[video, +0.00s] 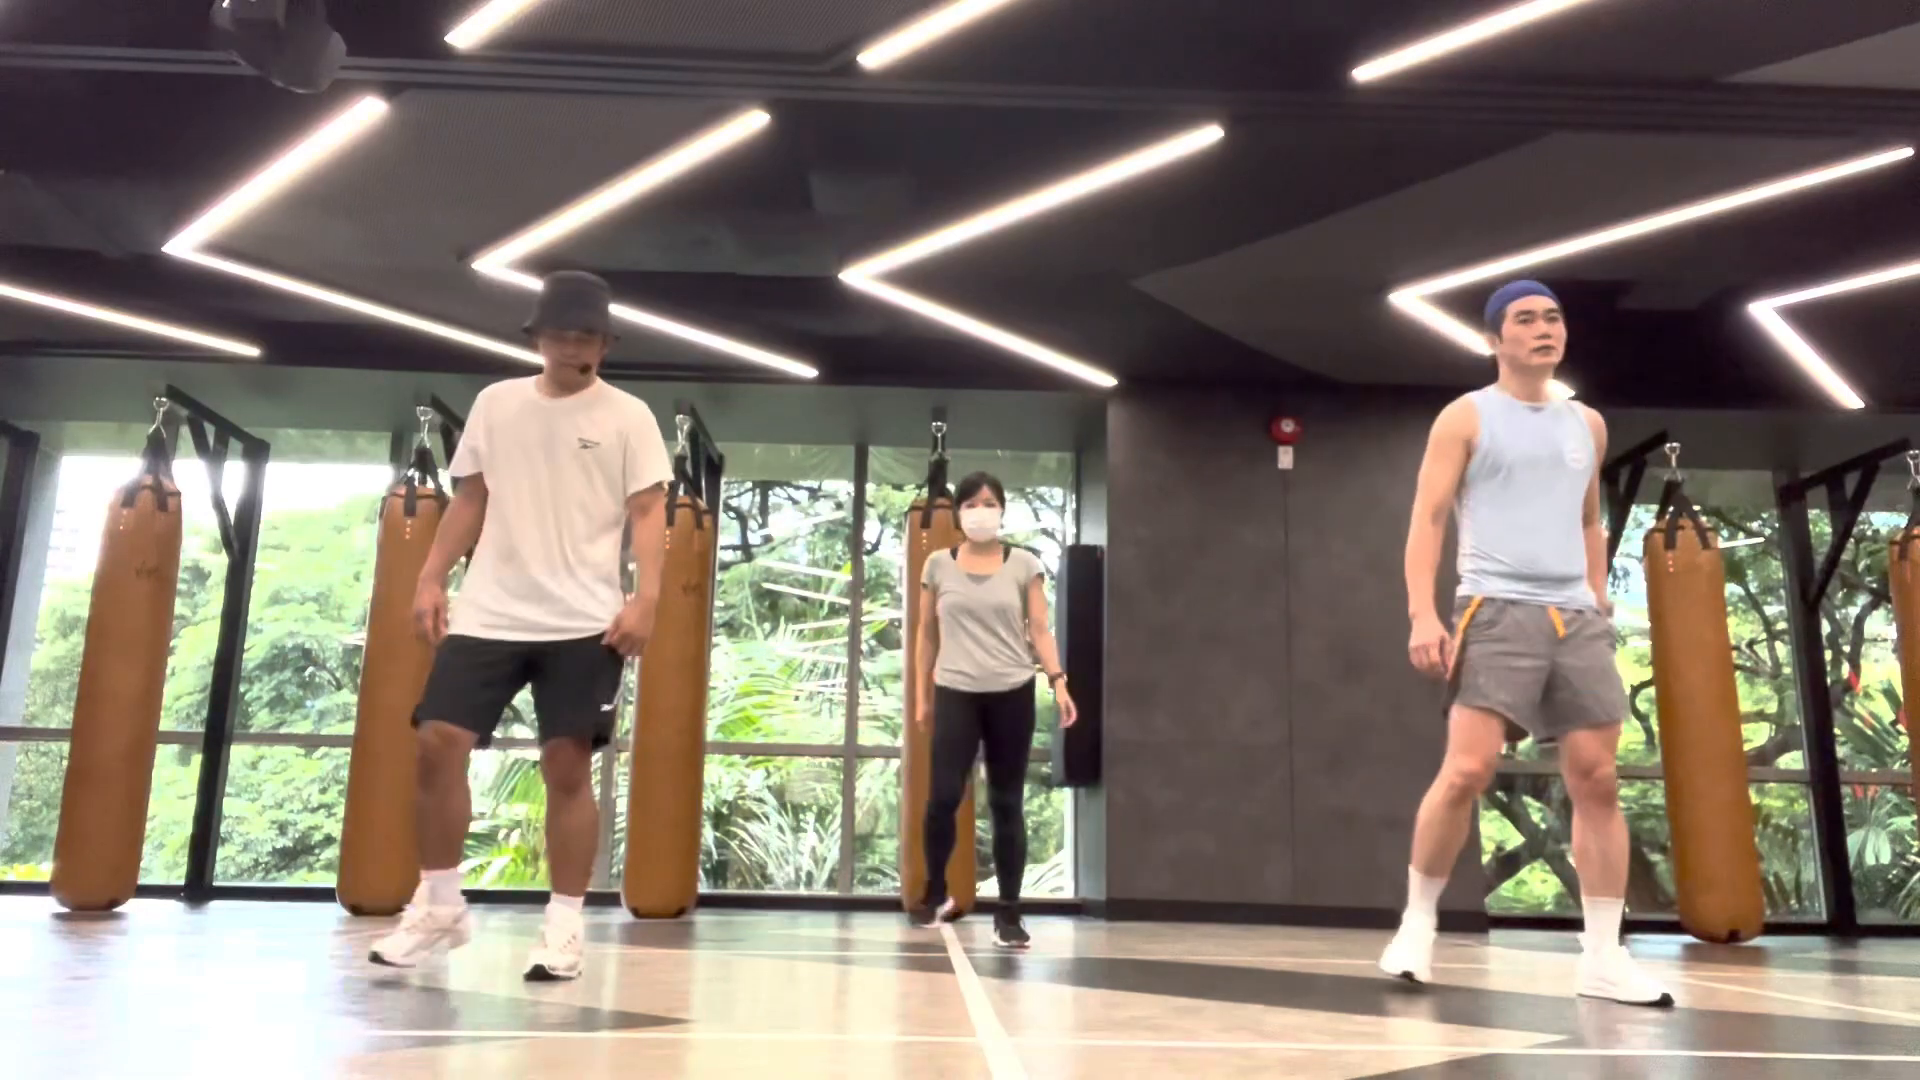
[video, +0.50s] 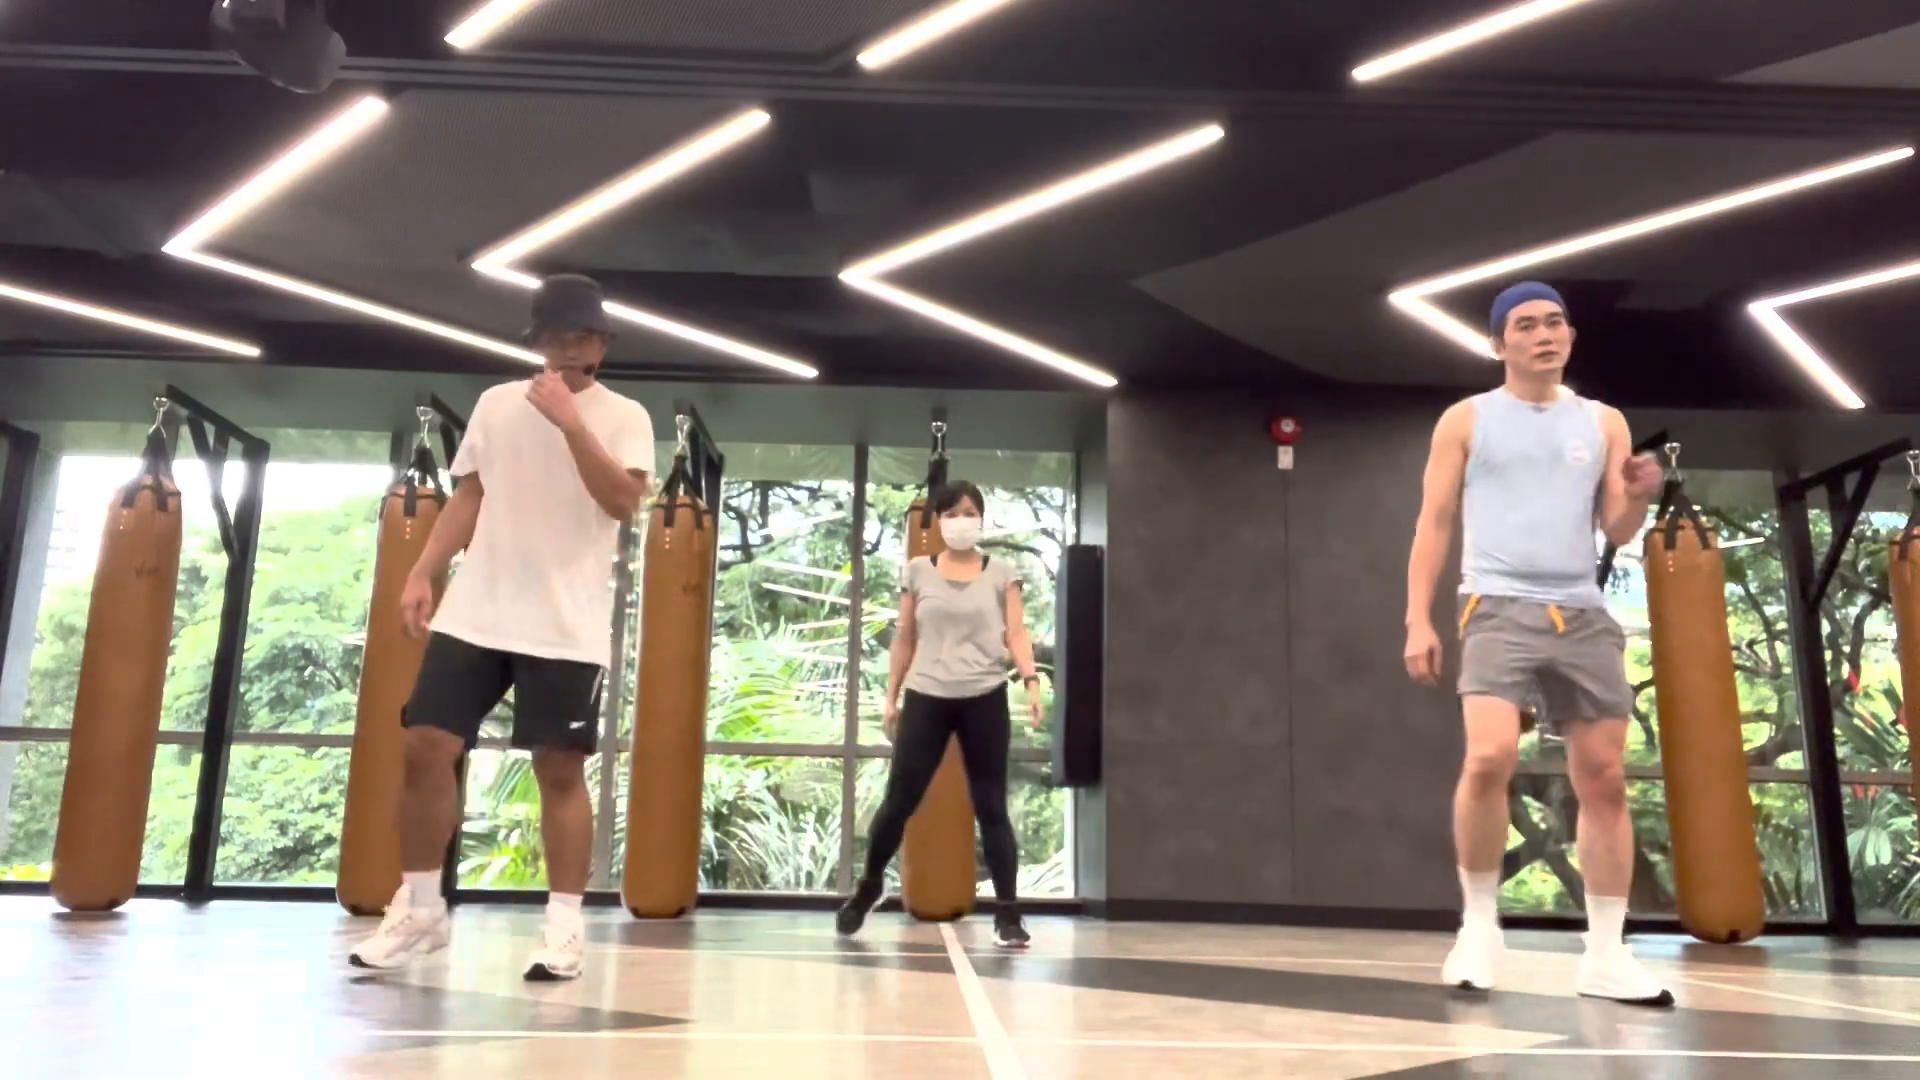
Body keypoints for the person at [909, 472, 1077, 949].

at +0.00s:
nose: (982, 513)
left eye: (990, 506)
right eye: (972, 506)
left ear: (1003, 513)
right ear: (958, 514)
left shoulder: (1023, 562)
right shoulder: (940, 564)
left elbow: (1040, 629)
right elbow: (927, 631)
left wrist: (1059, 685)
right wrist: (922, 691)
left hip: (1011, 694)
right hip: (954, 693)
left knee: (1007, 805)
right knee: (944, 797)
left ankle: (1008, 914)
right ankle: (937, 893)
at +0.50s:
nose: (961, 523)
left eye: (970, 515)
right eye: (952, 515)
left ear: (982, 521)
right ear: (936, 521)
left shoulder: (1001, 572)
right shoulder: (918, 571)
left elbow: (1015, 633)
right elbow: (904, 638)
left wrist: (1031, 682)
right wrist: (892, 696)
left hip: (985, 698)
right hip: (927, 697)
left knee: (992, 808)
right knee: (899, 801)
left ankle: (1007, 912)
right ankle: (870, 886)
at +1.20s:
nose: (910, 517)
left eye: (918, 512)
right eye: (901, 511)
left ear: (929, 527)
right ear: (886, 526)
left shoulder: (940, 581)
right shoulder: (863, 566)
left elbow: (937, 643)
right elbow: (839, 630)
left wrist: (939, 684)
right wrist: (820, 684)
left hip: (919, 699)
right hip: (865, 698)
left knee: (927, 792)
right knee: (863, 805)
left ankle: (919, 897)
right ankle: (856, 909)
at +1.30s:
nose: (919, 517)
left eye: (926, 512)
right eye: (909, 511)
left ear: (937, 529)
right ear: (892, 527)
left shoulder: (945, 581)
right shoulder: (867, 567)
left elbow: (945, 651)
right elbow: (842, 630)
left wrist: (955, 709)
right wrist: (829, 687)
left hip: (924, 699)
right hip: (869, 699)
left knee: (948, 790)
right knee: (866, 805)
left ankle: (960, 891)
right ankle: (858, 909)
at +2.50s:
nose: (945, 517)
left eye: (954, 511)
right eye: (936, 511)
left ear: (966, 526)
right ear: (918, 524)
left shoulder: (980, 572)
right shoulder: (899, 572)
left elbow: (990, 639)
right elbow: (881, 641)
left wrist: (994, 695)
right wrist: (867, 697)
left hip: (960, 704)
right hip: (902, 701)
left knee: (984, 810)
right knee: (886, 807)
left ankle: (1008, 906)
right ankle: (862, 912)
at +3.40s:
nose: (953, 514)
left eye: (962, 509)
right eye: (943, 507)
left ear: (972, 524)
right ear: (927, 521)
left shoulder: (982, 579)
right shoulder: (906, 565)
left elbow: (983, 641)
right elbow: (875, 632)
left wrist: (983, 689)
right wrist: (861, 689)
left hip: (967, 701)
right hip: (910, 699)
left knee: (998, 806)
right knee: (890, 807)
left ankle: (1032, 906)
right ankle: (862, 911)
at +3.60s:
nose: (992, 509)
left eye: (1000, 503)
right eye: (981, 503)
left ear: (1010, 519)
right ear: (965, 520)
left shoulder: (1026, 572)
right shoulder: (946, 564)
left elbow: (1032, 641)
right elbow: (922, 632)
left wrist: (1041, 698)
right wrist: (911, 692)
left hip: (1009, 702)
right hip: (952, 699)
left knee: (1021, 809)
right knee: (919, 802)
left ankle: (1032, 912)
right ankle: (878, 904)